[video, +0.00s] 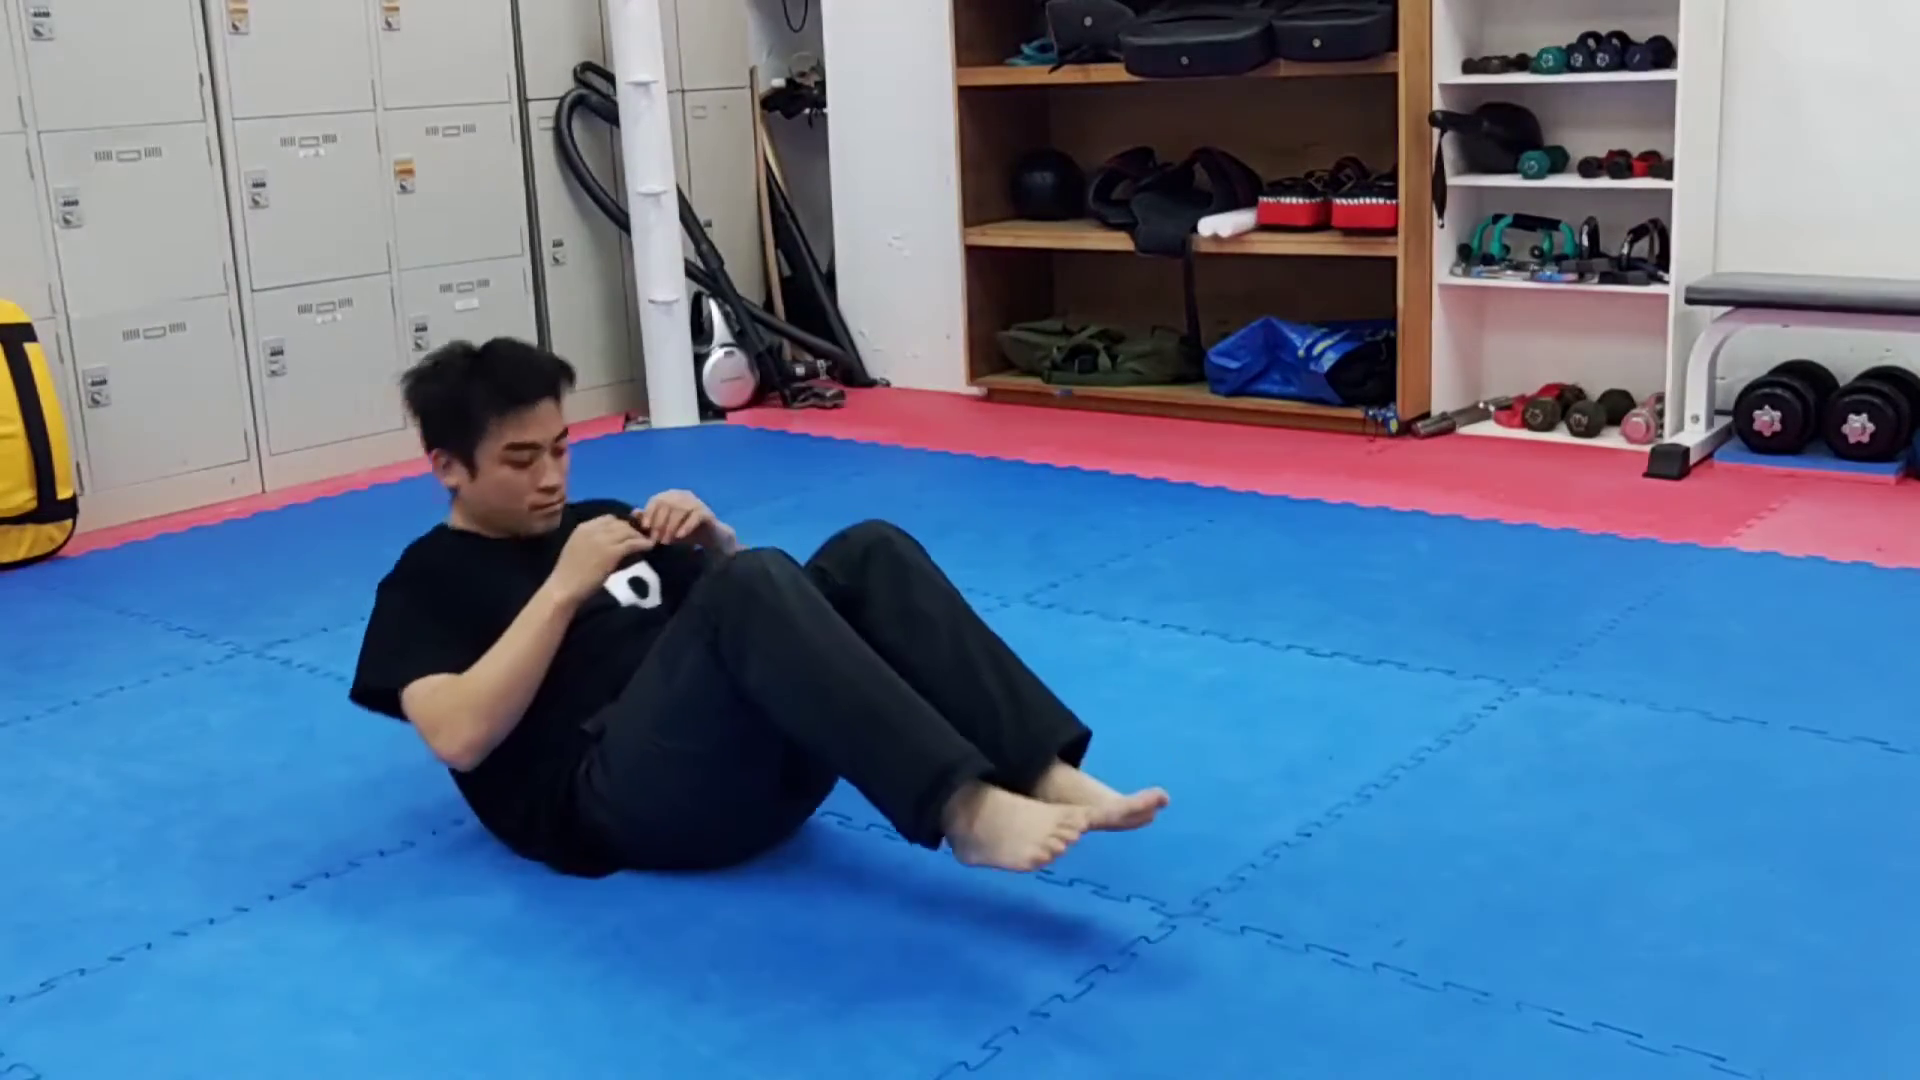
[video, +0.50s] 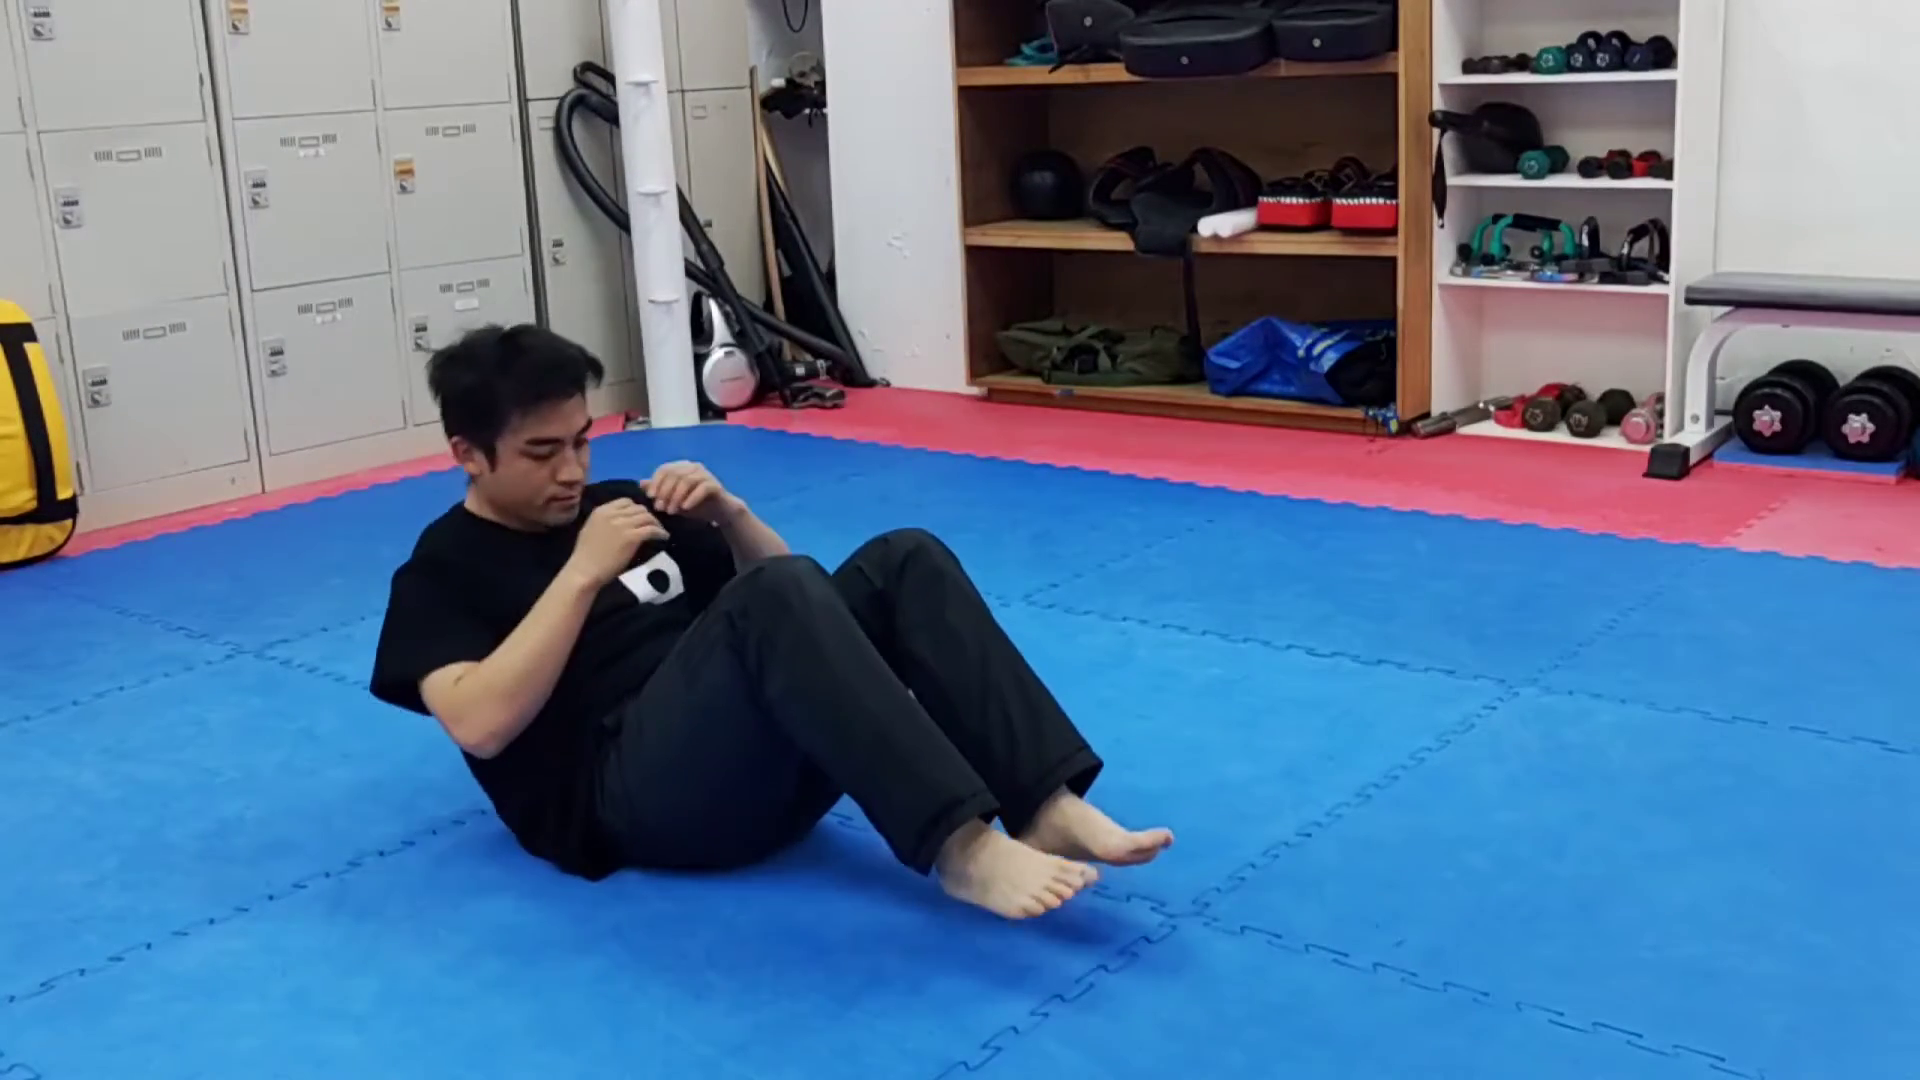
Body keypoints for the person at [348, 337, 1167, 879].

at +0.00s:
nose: (552, 476)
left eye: (557, 450)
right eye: (522, 459)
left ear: (566, 441)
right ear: (451, 470)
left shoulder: (608, 521)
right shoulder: (422, 587)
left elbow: (743, 605)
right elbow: (455, 733)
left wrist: (718, 548)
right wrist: (566, 584)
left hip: (760, 763)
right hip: (638, 807)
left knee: (868, 551)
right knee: (746, 578)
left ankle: (1041, 773)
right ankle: (960, 805)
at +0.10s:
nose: (586, 468)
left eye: (593, 441)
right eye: (557, 451)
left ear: (603, 426)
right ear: (481, 450)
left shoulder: (627, 503)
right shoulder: (441, 573)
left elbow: (764, 602)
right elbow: (476, 729)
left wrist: (741, 543)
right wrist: (589, 585)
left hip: (770, 758)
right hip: (649, 807)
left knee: (882, 550)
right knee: (752, 586)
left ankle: (1041, 780)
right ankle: (962, 823)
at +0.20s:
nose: (602, 465)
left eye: (611, 439)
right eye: (573, 448)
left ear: (623, 417)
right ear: (495, 443)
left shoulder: (641, 496)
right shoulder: (452, 564)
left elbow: (775, 608)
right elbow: (487, 729)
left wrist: (760, 547)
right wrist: (605, 589)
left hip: (772, 762)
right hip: (648, 808)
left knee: (889, 552)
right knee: (764, 593)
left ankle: (1045, 796)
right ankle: (962, 845)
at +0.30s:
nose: (603, 460)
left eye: (612, 433)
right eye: (575, 442)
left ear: (622, 412)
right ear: (497, 438)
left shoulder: (644, 494)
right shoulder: (452, 561)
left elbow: (783, 602)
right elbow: (487, 725)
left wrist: (759, 535)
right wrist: (609, 589)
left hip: (772, 758)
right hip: (649, 806)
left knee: (898, 561)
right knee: (774, 602)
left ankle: (1047, 805)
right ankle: (961, 860)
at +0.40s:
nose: (592, 461)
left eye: (600, 435)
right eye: (564, 444)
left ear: (612, 415)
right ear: (486, 442)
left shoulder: (638, 496)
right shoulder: (446, 564)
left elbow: (787, 600)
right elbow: (482, 720)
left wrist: (746, 525)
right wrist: (602, 581)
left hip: (773, 757)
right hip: (648, 803)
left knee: (904, 564)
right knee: (780, 604)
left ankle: (1048, 810)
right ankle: (963, 862)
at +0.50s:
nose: (576, 470)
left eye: (581, 443)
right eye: (546, 454)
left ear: (589, 425)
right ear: (471, 457)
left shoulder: (622, 502)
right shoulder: (440, 575)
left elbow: (776, 590)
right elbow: (477, 722)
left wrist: (724, 512)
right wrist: (582, 572)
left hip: (773, 753)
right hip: (651, 801)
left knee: (904, 561)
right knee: (777, 588)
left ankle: (1048, 802)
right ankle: (961, 843)